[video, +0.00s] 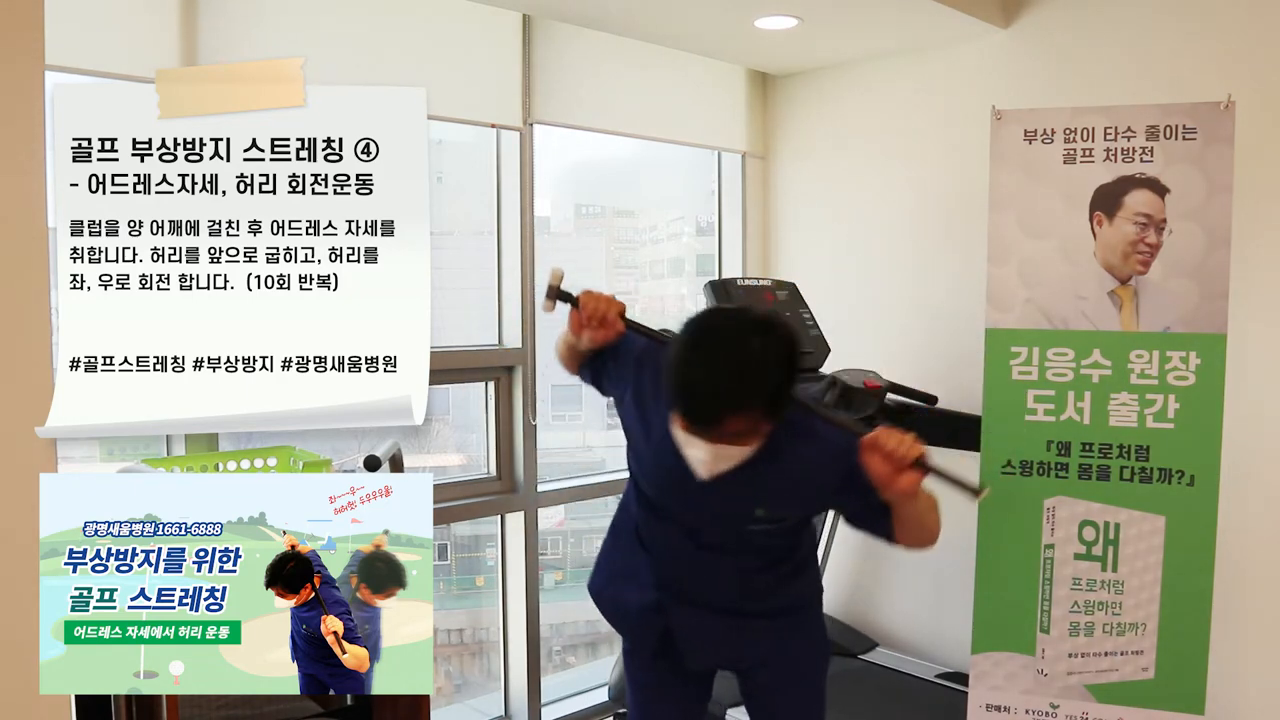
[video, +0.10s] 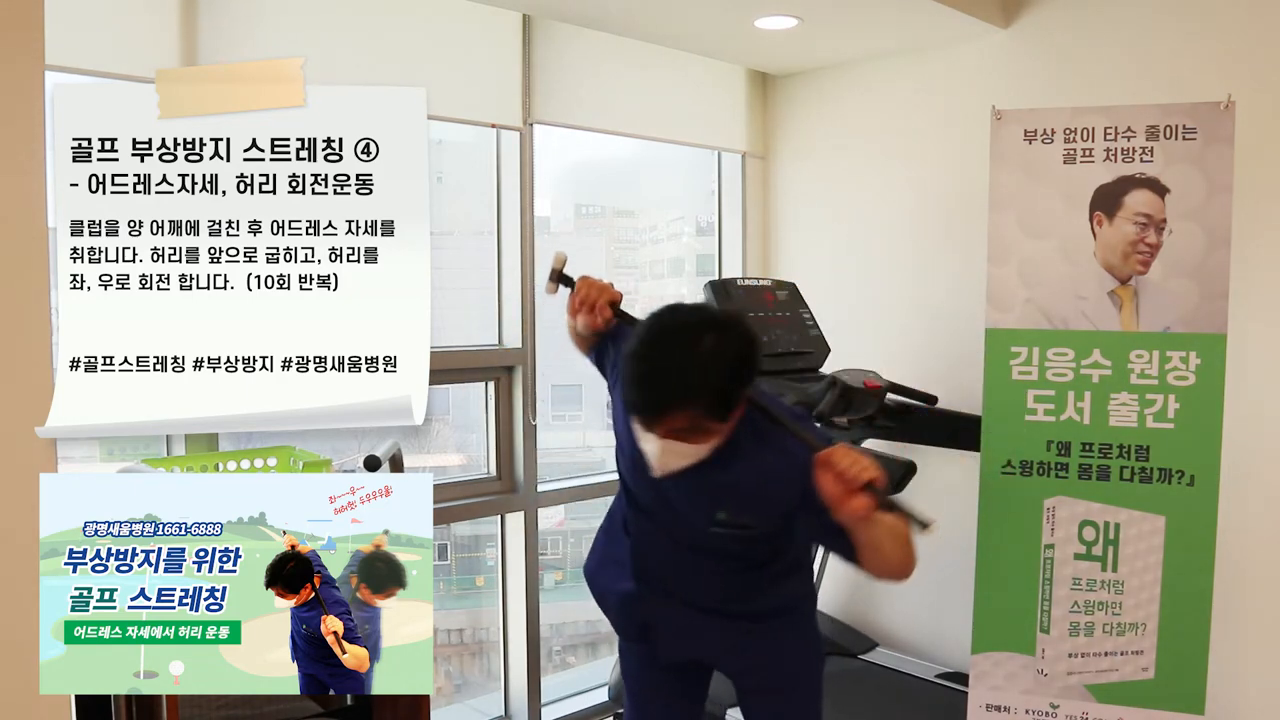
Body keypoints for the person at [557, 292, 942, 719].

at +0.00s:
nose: (710, 449)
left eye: (729, 439)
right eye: (694, 432)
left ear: (764, 421)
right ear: (677, 396)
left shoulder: (820, 449)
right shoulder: (645, 372)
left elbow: (921, 536)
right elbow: (574, 360)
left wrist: (904, 495)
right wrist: (579, 338)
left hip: (775, 626)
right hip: (660, 613)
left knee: (794, 712)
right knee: (658, 712)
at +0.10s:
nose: (661, 441)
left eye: (682, 433)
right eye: (650, 426)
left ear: (730, 415)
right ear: (640, 385)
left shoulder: (792, 454)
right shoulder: (639, 365)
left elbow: (898, 565)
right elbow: (591, 337)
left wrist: (862, 517)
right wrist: (586, 315)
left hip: (768, 629)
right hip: (653, 611)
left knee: (787, 712)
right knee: (653, 712)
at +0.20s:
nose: (634, 435)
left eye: (658, 431)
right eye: (626, 421)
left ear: (713, 409)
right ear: (620, 383)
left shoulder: (772, 454)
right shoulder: (640, 373)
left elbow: (878, 581)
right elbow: (608, 336)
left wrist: (829, 529)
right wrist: (595, 311)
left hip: (763, 628)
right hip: (654, 609)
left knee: (782, 711)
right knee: (651, 712)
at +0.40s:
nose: (589, 439)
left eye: (608, 431)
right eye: (580, 424)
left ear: (674, 397)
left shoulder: (736, 460)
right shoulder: (661, 368)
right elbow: (653, 314)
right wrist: (615, 291)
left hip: (750, 639)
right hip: (649, 625)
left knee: (775, 711)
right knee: (646, 711)